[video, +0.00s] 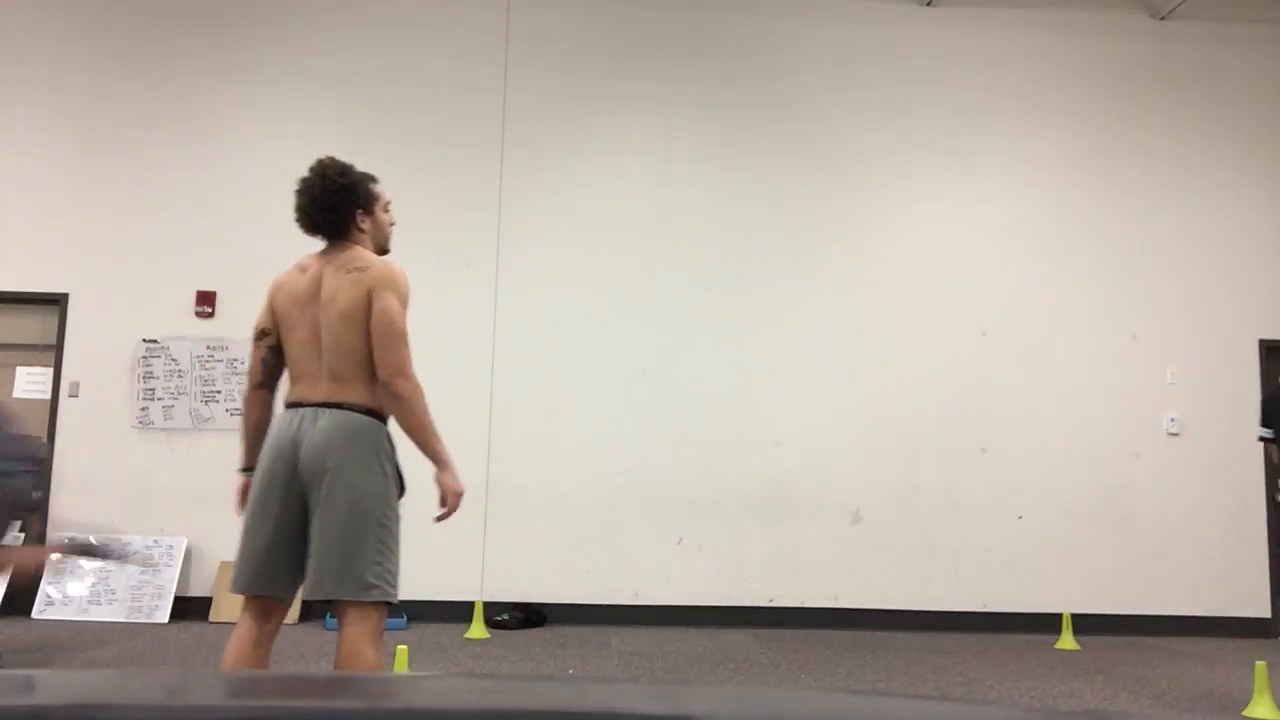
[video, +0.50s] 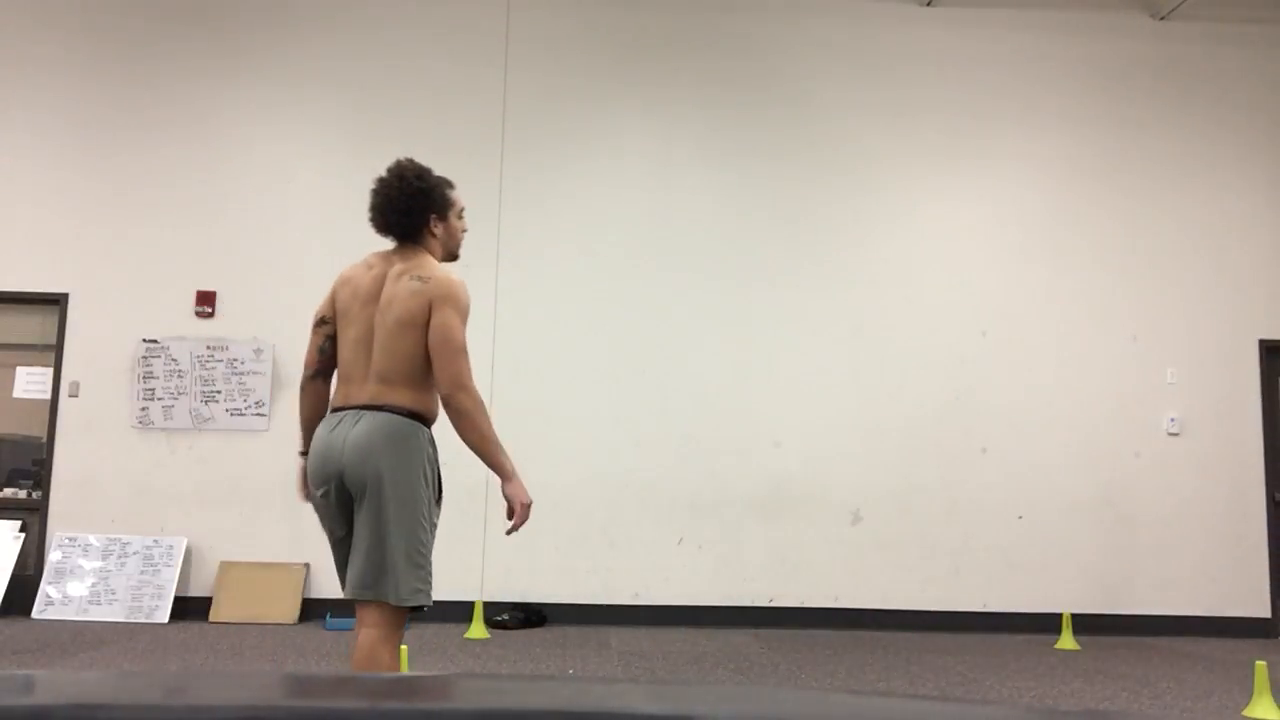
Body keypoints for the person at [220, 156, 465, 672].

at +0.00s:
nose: (393, 218)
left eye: (390, 207)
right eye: (385, 209)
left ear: (333, 221)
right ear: (362, 218)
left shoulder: (284, 283)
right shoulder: (382, 276)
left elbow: (259, 384)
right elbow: (394, 379)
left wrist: (249, 466)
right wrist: (442, 462)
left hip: (284, 441)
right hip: (354, 443)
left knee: (260, 610)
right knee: (362, 617)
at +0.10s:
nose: (410, 218)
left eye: (407, 207)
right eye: (403, 208)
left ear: (356, 220)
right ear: (379, 218)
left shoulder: (301, 282)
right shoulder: (399, 278)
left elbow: (278, 381)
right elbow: (411, 383)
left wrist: (281, 450)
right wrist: (459, 455)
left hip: (303, 439)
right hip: (371, 441)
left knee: (275, 608)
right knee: (371, 616)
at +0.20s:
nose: (427, 220)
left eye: (424, 209)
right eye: (420, 210)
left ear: (367, 221)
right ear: (396, 218)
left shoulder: (316, 283)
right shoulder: (415, 280)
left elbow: (292, 385)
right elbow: (430, 386)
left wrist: (314, 449)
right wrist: (476, 452)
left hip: (314, 442)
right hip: (382, 444)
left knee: (296, 601)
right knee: (373, 618)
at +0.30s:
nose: (441, 220)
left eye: (439, 209)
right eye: (435, 210)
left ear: (382, 219)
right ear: (411, 217)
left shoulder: (330, 280)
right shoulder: (428, 279)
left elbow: (304, 380)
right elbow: (445, 386)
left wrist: (328, 444)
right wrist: (492, 457)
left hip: (319, 440)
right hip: (385, 445)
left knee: (322, 593)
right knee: (376, 617)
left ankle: (324, 718)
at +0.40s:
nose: (454, 224)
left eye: (452, 213)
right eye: (449, 214)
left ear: (396, 221)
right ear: (424, 220)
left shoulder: (340, 280)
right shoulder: (437, 282)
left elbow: (310, 376)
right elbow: (455, 389)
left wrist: (327, 444)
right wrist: (504, 467)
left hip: (324, 442)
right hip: (388, 445)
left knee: (349, 611)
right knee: (380, 619)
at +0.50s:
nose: (464, 228)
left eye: (462, 216)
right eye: (459, 217)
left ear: (404, 224)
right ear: (434, 224)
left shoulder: (348, 281)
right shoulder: (443, 285)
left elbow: (314, 374)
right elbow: (456, 392)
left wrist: (309, 454)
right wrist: (507, 474)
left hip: (331, 443)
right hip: (393, 446)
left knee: (375, 615)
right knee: (380, 618)